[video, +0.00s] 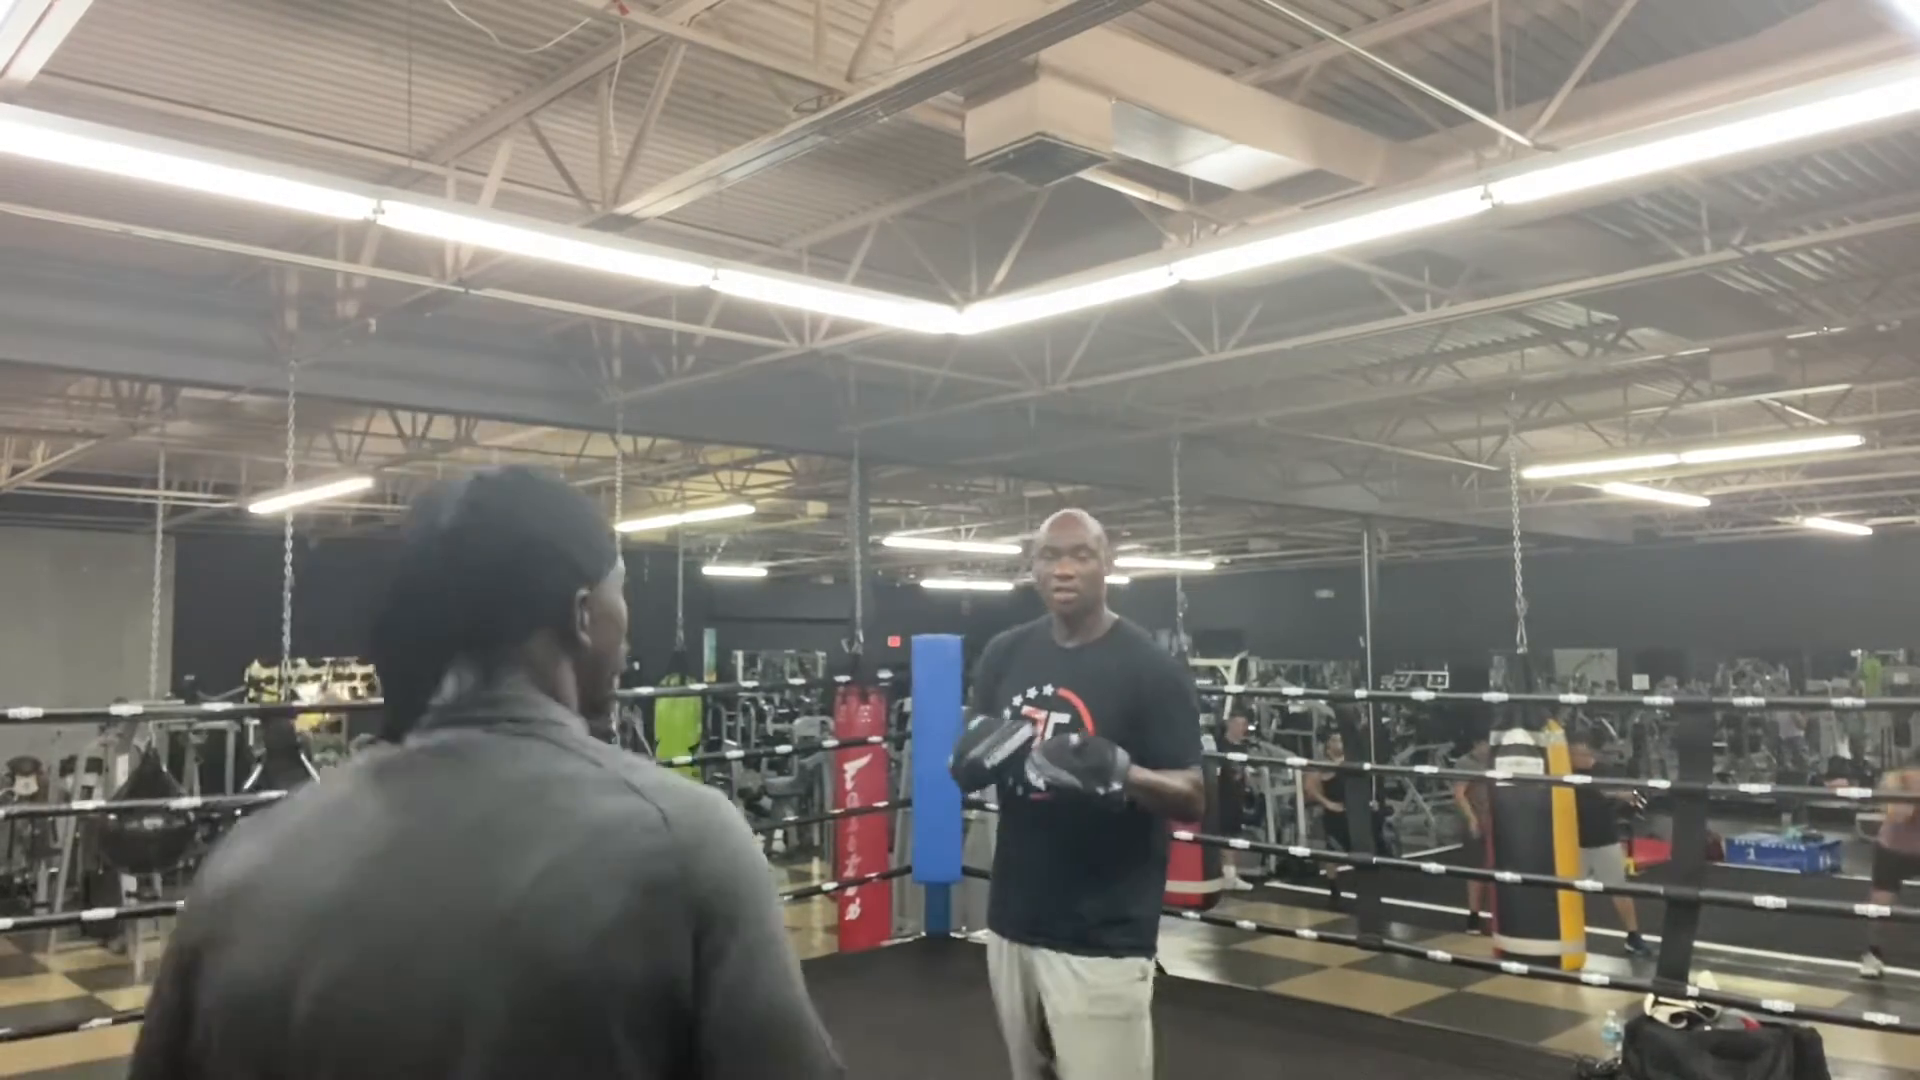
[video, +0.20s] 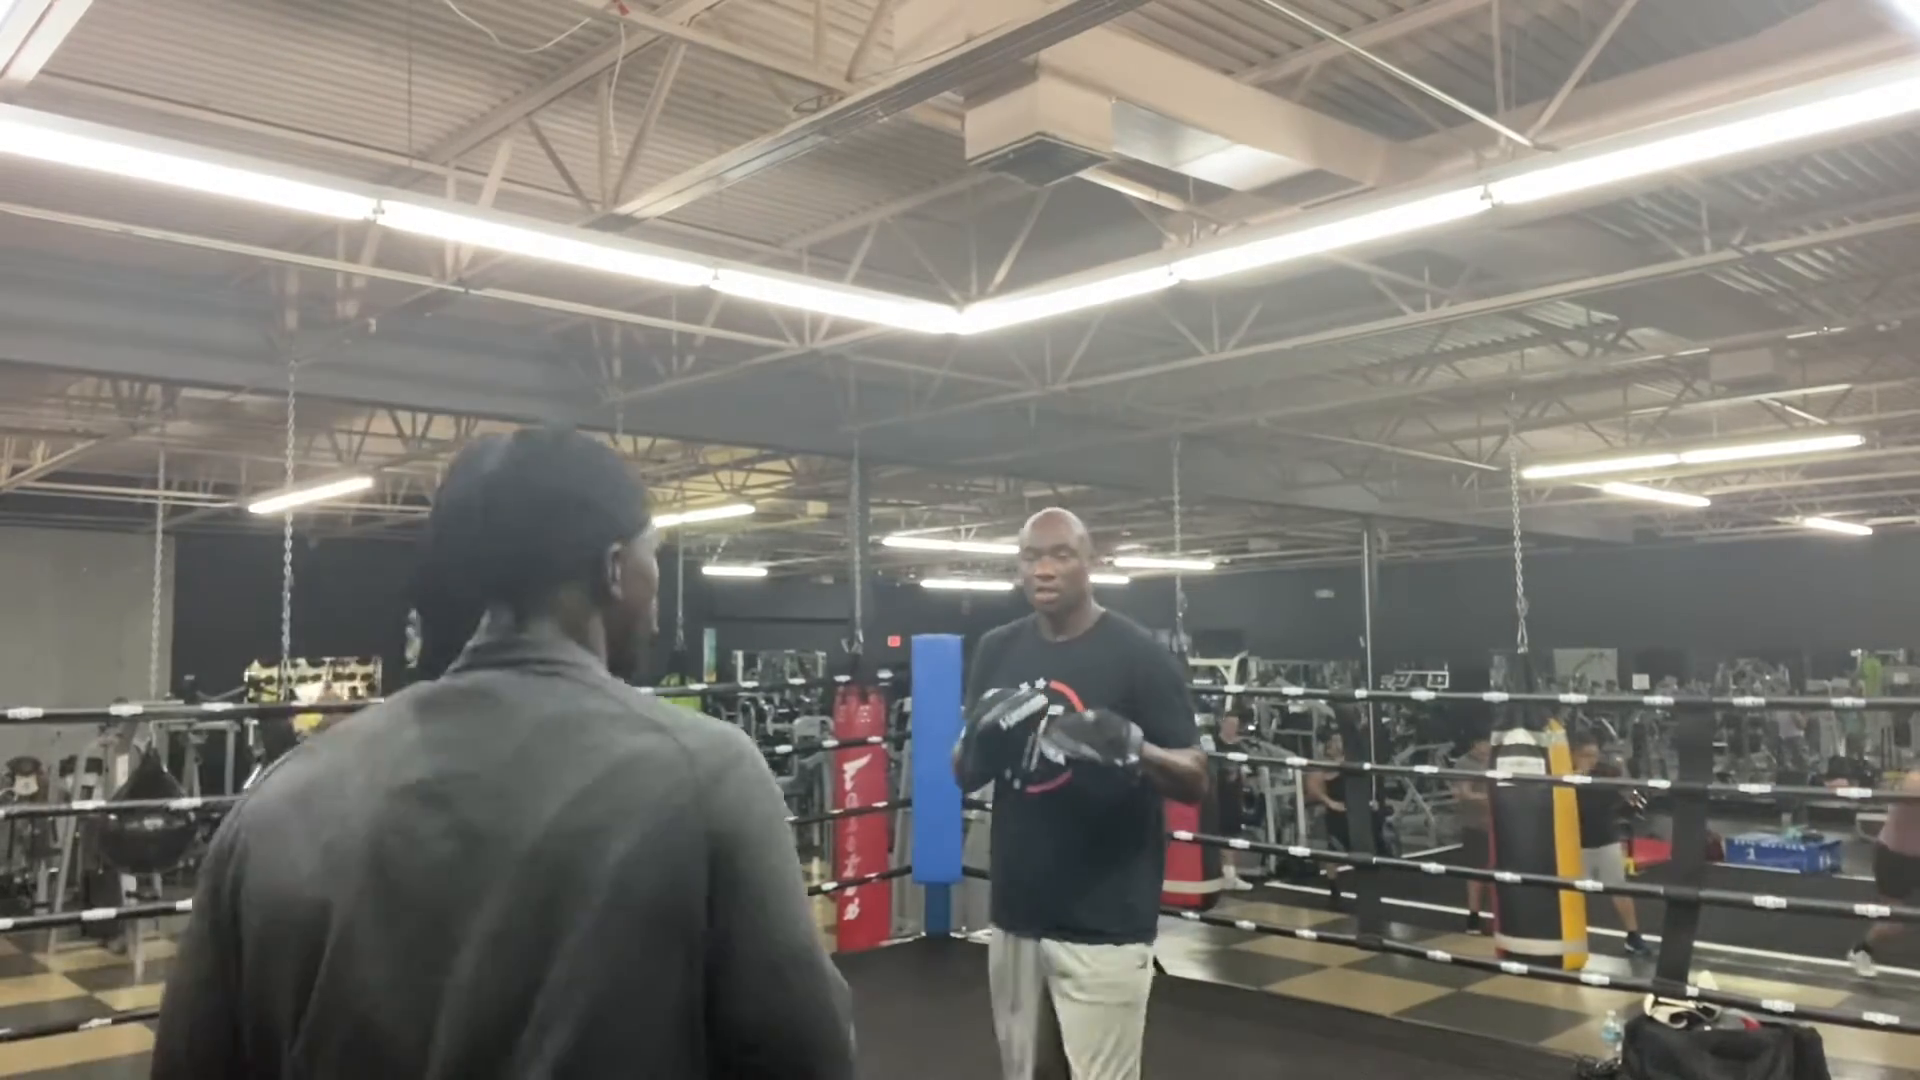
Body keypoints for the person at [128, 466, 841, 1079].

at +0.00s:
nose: (627, 629)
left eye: (624, 597)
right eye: (621, 597)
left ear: (423, 615)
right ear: (578, 615)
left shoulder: (248, 855)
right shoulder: (685, 840)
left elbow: (159, 1071)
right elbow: (791, 1067)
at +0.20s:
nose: (658, 589)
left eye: (656, 559)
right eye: (654, 558)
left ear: (459, 573)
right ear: (613, 571)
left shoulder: (281, 792)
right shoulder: (708, 774)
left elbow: (186, 1063)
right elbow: (810, 1053)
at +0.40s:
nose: (647, 624)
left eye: (644, 596)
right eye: (637, 595)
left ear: (471, 609)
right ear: (586, 615)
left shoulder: (307, 822)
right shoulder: (651, 820)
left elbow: (234, 1061)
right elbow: (681, 1062)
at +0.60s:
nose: (671, 566)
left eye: (666, 539)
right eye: (660, 538)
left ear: (495, 564)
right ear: (606, 561)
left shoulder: (339, 761)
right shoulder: (651, 752)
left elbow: (329, 1033)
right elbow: (608, 1052)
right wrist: (744, 1034)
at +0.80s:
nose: (725, 589)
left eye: (707, 567)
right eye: (695, 574)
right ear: (626, 628)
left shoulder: (426, 800)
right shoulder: (659, 842)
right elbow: (654, 1058)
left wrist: (708, 946)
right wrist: (839, 1072)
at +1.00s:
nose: (746, 571)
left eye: (734, 540)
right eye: (694, 549)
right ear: (587, 584)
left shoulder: (606, 741)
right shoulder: (564, 771)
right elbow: (612, 1067)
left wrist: (760, 944)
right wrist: (801, 983)